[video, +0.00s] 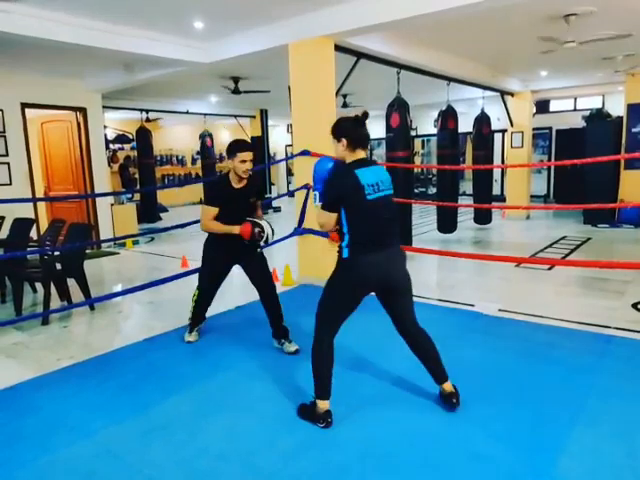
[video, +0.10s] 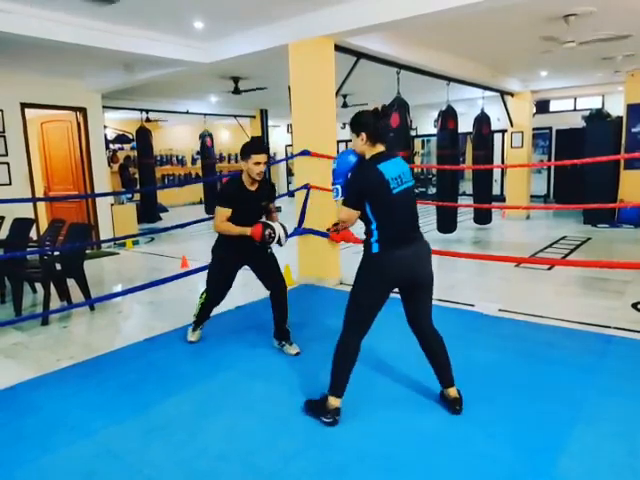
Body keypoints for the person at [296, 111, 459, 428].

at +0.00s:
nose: (333, 148)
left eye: (335, 143)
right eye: (334, 142)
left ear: (345, 144)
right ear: (364, 142)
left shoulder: (340, 176)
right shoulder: (381, 171)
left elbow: (326, 222)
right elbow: (367, 214)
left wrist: (311, 209)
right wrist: (333, 228)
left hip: (357, 268)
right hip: (392, 263)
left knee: (324, 331)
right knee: (410, 327)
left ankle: (321, 407)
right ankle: (448, 389)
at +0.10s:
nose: (352, 144)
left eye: (354, 139)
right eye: (352, 139)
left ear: (365, 138)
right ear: (380, 138)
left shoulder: (363, 173)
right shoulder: (400, 162)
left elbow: (347, 217)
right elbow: (382, 207)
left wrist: (336, 218)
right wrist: (347, 220)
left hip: (381, 263)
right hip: (418, 256)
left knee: (353, 332)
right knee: (424, 325)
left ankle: (332, 403)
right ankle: (451, 392)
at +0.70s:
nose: (420, 145)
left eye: (423, 139)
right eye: (421, 139)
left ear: (437, 142)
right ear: (447, 141)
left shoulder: (431, 179)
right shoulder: (468, 170)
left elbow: (400, 215)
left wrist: (392, 180)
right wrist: (420, 173)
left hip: (441, 265)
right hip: (476, 260)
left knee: (394, 311)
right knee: (478, 317)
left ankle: (406, 384)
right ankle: (511, 378)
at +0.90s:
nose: (402, 142)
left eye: (405, 138)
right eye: (403, 137)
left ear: (417, 141)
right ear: (429, 140)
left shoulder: (398, 170)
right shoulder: (446, 165)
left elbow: (354, 173)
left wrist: (337, 152)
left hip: (422, 261)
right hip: (458, 257)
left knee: (382, 315)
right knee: (471, 317)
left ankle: (363, 379)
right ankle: (507, 377)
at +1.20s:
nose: (379, 133)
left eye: (383, 128)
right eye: (381, 128)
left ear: (396, 133)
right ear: (399, 134)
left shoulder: (404, 173)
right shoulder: (387, 158)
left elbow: (377, 212)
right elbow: (346, 150)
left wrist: (353, 184)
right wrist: (312, 132)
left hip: (400, 258)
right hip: (426, 251)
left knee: (371, 318)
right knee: (440, 319)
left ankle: (360, 382)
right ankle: (478, 383)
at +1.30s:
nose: (383, 137)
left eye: (387, 132)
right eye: (385, 132)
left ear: (401, 135)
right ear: (406, 136)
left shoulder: (405, 173)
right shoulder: (403, 165)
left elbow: (383, 215)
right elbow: (363, 172)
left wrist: (361, 184)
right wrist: (338, 151)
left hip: (404, 258)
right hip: (429, 252)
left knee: (370, 315)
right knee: (435, 318)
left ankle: (359, 382)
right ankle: (476, 381)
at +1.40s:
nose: (389, 142)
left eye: (392, 136)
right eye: (389, 137)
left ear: (407, 138)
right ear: (413, 139)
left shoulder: (409, 175)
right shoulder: (428, 169)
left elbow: (387, 219)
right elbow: (399, 211)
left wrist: (370, 186)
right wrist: (380, 176)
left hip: (411, 263)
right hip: (438, 257)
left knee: (374, 317)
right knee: (438, 321)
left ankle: (359, 383)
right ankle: (474, 386)